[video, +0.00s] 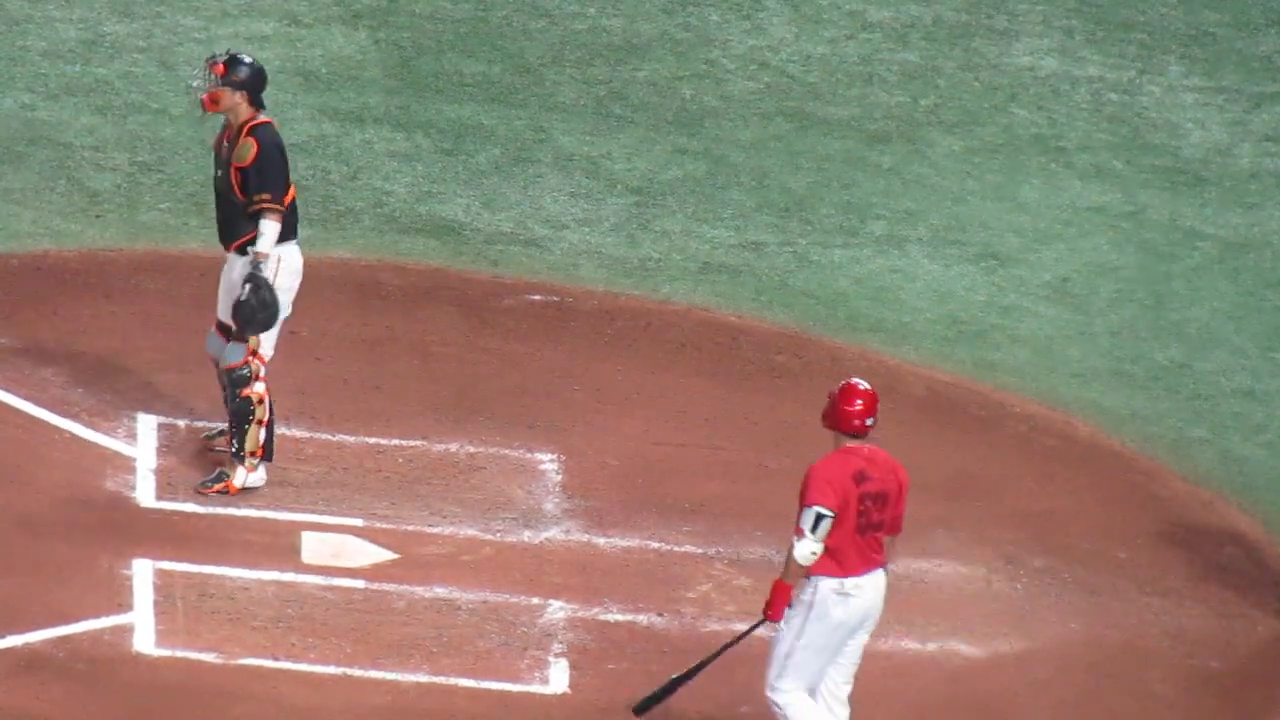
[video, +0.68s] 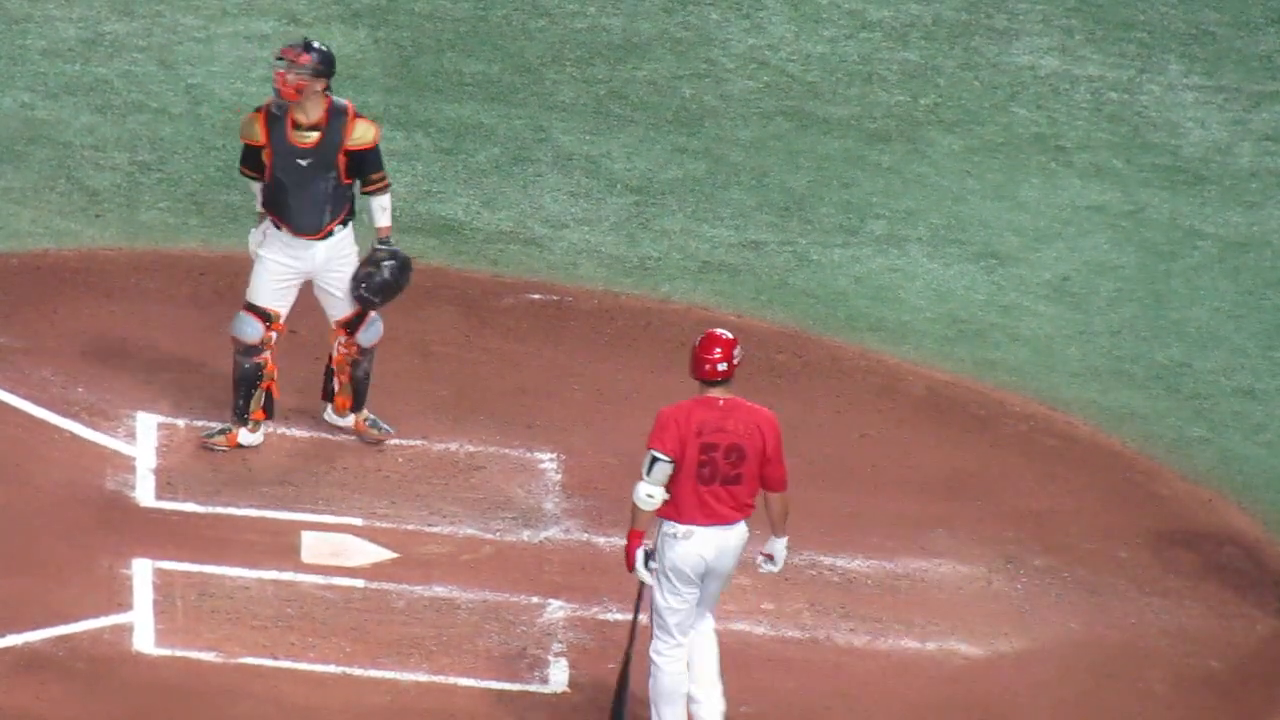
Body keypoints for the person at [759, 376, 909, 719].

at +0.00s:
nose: (826, 412)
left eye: (829, 407)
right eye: (832, 406)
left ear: (832, 418)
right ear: (872, 420)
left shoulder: (828, 470)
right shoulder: (892, 468)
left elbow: (807, 544)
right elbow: (889, 536)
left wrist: (781, 591)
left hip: (829, 592)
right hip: (872, 589)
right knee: (833, 693)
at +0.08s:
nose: (824, 412)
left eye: (821, 407)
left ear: (817, 414)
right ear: (857, 414)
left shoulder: (813, 465)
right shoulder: (880, 462)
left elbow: (793, 540)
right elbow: (874, 526)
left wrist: (769, 584)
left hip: (814, 588)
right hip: (857, 583)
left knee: (754, 671)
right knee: (822, 687)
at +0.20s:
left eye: (802, 398)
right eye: (827, 398)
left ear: (796, 404)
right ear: (835, 404)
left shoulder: (785, 455)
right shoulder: (857, 453)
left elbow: (768, 530)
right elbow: (860, 514)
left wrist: (750, 576)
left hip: (788, 577)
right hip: (833, 576)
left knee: (732, 666)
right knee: (812, 683)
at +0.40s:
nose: (768, 394)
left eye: (759, 389)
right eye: (784, 388)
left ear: (749, 393)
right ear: (788, 395)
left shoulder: (733, 443)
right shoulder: (812, 444)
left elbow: (715, 520)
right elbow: (817, 504)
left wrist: (699, 565)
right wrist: (774, 480)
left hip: (734, 564)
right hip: (785, 565)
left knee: (695, 664)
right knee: (777, 669)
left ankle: (675, 717)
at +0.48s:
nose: (746, 387)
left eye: (739, 382)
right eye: (758, 382)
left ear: (730, 386)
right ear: (769, 388)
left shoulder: (714, 436)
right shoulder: (794, 437)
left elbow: (694, 510)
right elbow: (793, 505)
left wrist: (679, 556)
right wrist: (764, 534)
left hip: (714, 556)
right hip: (765, 557)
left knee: (684, 656)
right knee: (753, 654)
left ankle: (673, 716)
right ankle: (780, 716)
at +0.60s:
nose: (727, 376)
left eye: (716, 370)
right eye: (735, 370)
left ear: (708, 375)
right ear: (747, 375)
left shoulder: (691, 423)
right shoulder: (774, 425)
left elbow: (667, 494)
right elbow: (782, 494)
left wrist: (651, 543)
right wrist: (774, 541)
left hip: (694, 545)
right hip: (743, 546)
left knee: (675, 645)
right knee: (719, 627)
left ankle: (671, 716)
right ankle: (744, 713)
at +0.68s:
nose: (717, 369)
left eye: (703, 363)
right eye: (725, 363)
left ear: (694, 367)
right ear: (734, 367)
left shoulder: (676, 417)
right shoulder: (763, 421)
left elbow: (651, 488)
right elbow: (776, 489)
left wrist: (635, 540)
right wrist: (779, 539)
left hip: (683, 541)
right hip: (731, 541)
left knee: (669, 640)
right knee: (701, 619)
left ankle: (667, 714)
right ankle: (710, 710)